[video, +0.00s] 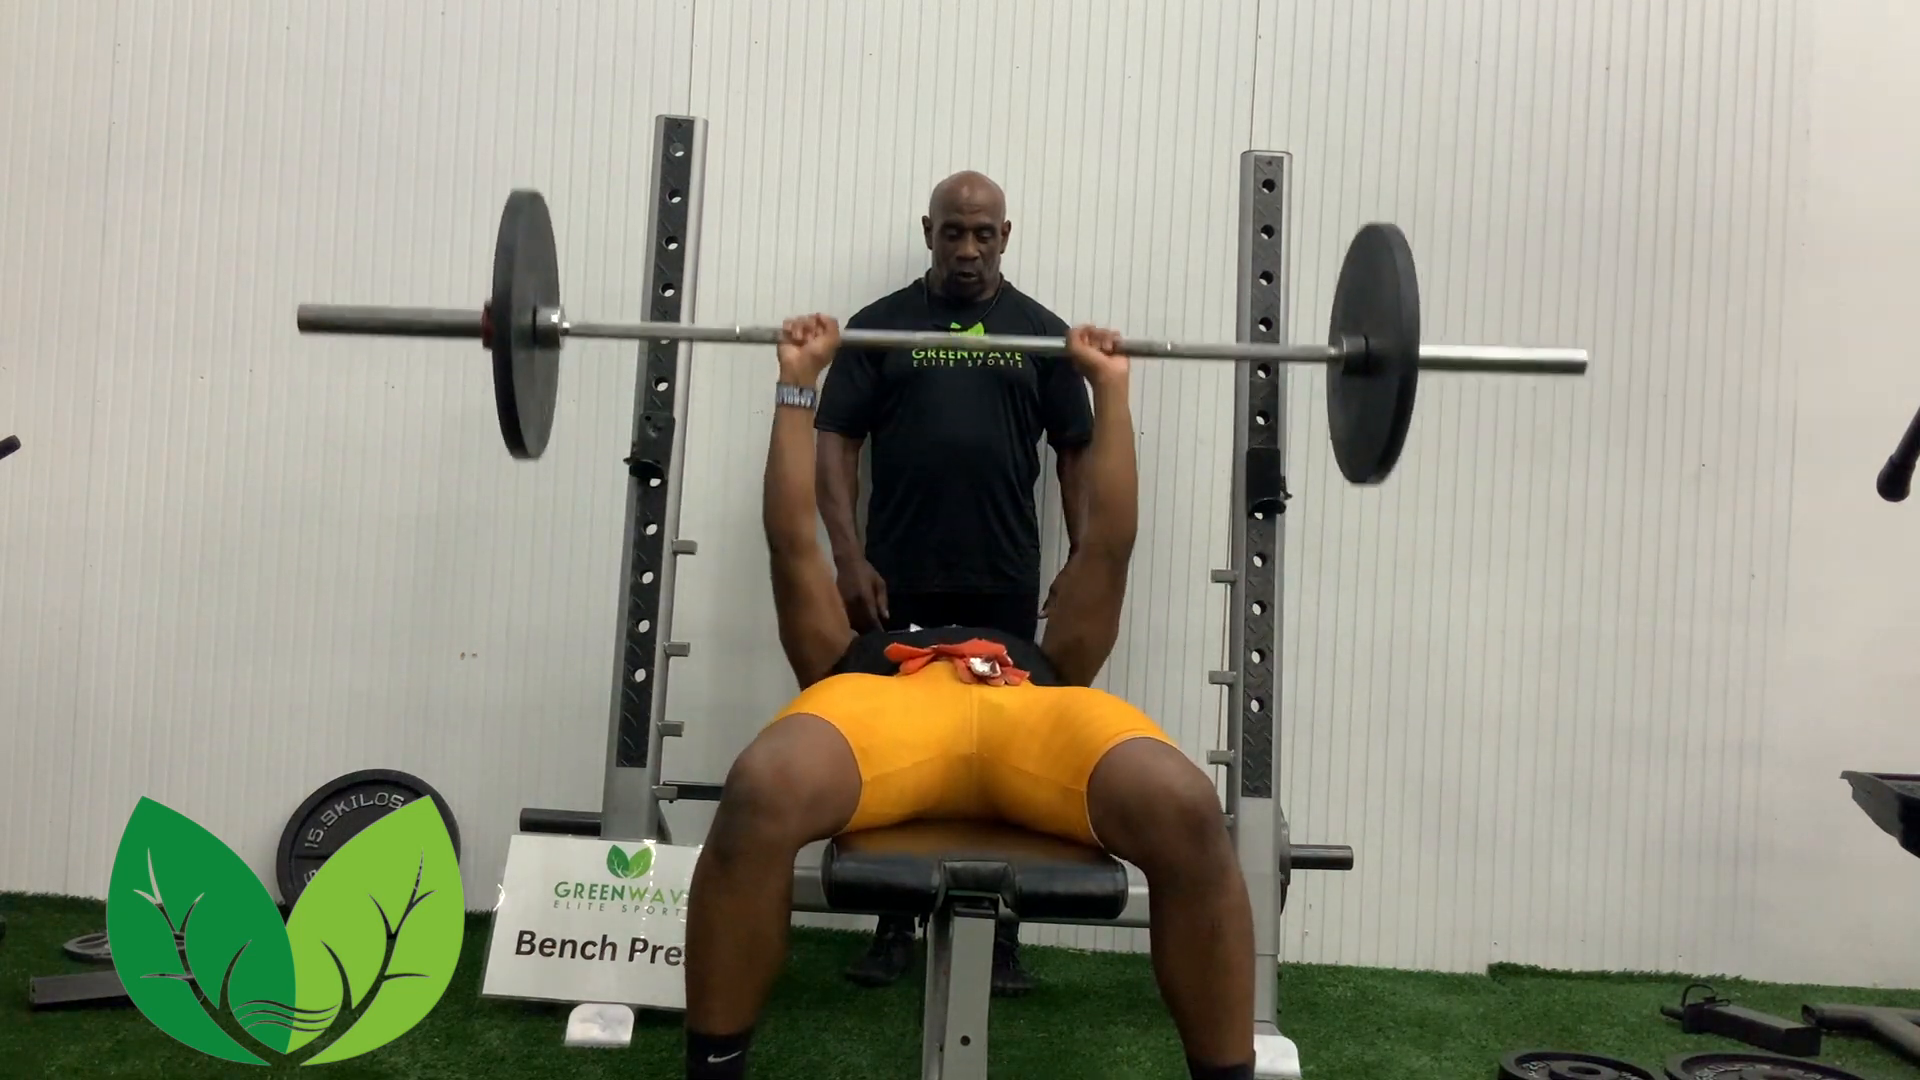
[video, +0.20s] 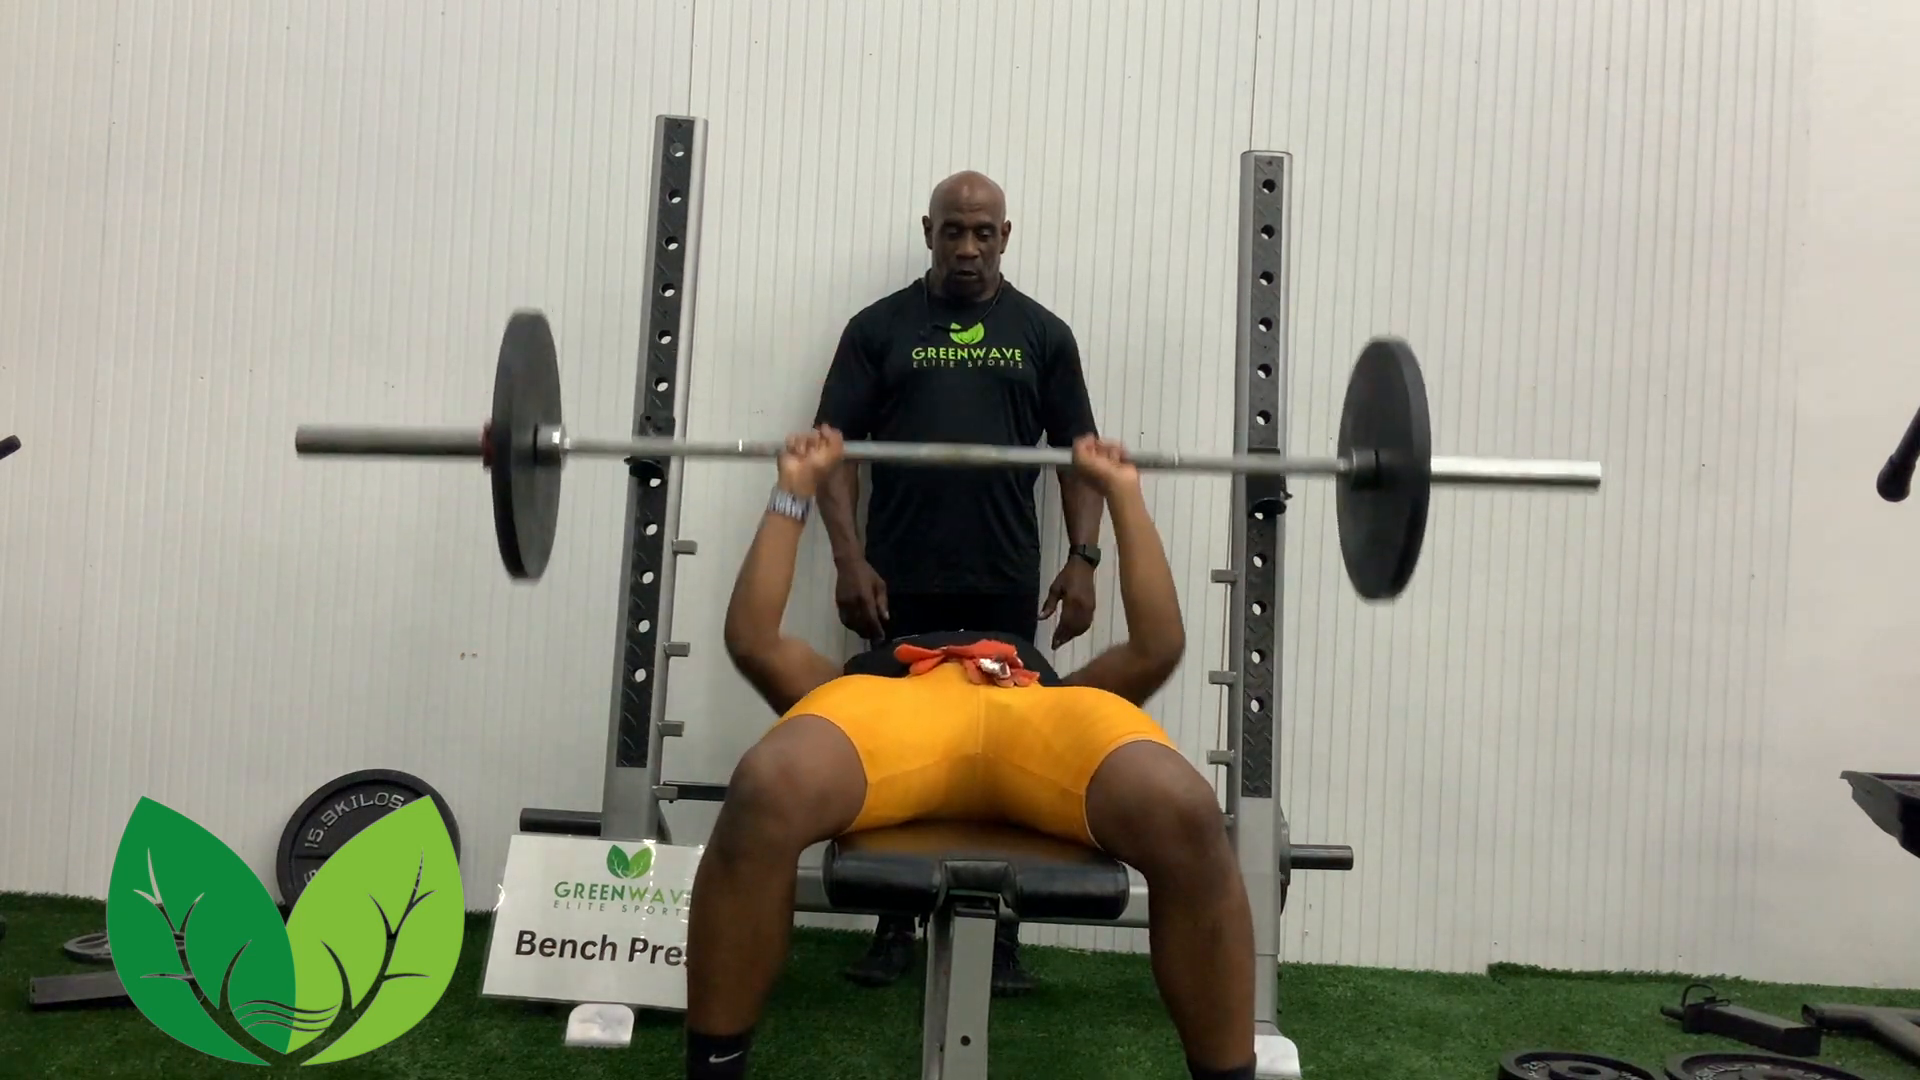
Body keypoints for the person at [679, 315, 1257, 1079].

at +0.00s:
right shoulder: (849, 662)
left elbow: (1106, 543)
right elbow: (794, 539)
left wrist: (1112, 385)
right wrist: (797, 388)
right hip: (879, 698)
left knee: (1187, 810)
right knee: (758, 790)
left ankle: (1229, 1072)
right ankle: (714, 1067)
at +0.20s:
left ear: (1023, 667)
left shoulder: (1054, 685)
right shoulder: (860, 679)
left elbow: (1155, 646)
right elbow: (752, 636)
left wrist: (1124, 492)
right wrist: (793, 496)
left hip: (1046, 706)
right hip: (885, 699)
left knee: (1189, 819)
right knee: (763, 791)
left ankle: (1230, 1074)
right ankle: (714, 1066)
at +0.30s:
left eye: (1004, 657)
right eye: (942, 655)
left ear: (1024, 670)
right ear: (922, 664)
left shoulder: (1050, 685)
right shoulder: (875, 682)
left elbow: (1171, 708)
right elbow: (745, 700)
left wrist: (1125, 555)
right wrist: (790, 559)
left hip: (1043, 706)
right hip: (895, 698)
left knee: (1189, 820)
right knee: (760, 793)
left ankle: (1226, 1073)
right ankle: (712, 1066)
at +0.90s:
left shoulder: (1064, 691)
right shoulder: (859, 684)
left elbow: (1149, 611)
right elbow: (761, 595)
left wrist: (1128, 453)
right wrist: (796, 451)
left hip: (1040, 708)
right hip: (890, 702)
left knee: (1179, 817)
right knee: (759, 789)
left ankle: (1224, 1070)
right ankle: (716, 1064)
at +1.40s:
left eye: (1001, 656)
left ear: (1019, 662)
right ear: (915, 657)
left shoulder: (1058, 691)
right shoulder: (874, 680)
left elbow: (1171, 703)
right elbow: (755, 685)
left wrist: (1136, 552)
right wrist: (805, 547)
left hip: (1041, 704)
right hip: (895, 696)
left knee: (1179, 822)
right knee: (758, 792)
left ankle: (1224, 1069)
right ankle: (712, 1066)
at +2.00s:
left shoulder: (1063, 689)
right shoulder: (854, 681)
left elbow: (1143, 607)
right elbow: (790, 577)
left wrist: (1138, 447)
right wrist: (810, 430)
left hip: (1044, 707)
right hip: (891, 696)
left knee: (1189, 819)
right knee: (758, 789)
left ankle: (1223, 1072)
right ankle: (712, 1065)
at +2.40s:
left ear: (1029, 677)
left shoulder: (1057, 685)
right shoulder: (877, 670)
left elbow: (1153, 661)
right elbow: (785, 642)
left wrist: (1145, 512)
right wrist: (819, 508)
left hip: (1048, 712)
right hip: (892, 702)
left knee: (1179, 822)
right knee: (754, 786)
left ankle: (1224, 1073)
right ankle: (713, 1066)